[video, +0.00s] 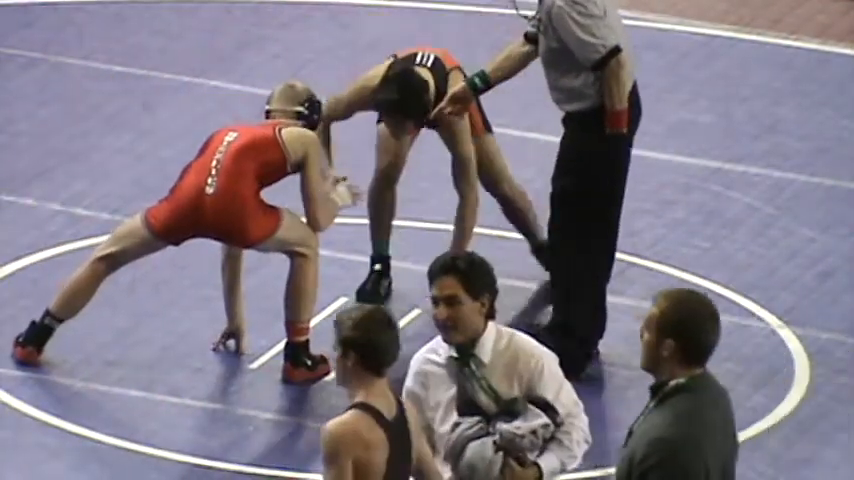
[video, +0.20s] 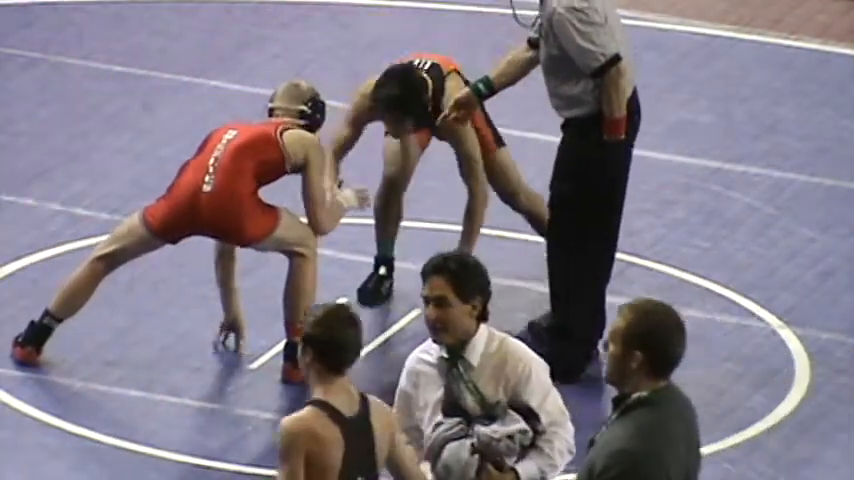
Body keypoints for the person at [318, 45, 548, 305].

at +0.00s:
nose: (393, 128)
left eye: (401, 121)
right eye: (390, 119)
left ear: (422, 110)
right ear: (383, 101)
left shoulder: (451, 105)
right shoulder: (370, 90)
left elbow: (468, 192)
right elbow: (322, 115)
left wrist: (456, 260)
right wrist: (326, 171)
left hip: (452, 88)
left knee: (500, 183)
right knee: (385, 175)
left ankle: (542, 248)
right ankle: (379, 268)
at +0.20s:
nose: (389, 130)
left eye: (397, 123)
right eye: (385, 121)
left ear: (420, 110)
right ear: (379, 107)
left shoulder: (452, 110)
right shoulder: (367, 101)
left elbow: (479, 193)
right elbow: (334, 153)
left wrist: (461, 261)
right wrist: (330, 192)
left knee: (516, 196)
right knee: (392, 182)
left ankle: (579, 250)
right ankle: (382, 269)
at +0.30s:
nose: (387, 119)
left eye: (396, 111)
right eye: (382, 110)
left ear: (421, 99)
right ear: (376, 99)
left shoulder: (455, 97)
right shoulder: (369, 106)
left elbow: (496, 162)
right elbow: (350, 162)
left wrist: (475, 225)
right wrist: (349, 200)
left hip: (460, 123)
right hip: (410, 123)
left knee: (523, 196)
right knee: (391, 186)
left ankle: (576, 248)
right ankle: (383, 270)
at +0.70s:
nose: (371, 128)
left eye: (378, 121)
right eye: (367, 119)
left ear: (401, 110)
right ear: (362, 111)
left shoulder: (446, 98)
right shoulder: (363, 113)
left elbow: (484, 149)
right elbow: (343, 176)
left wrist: (445, 193)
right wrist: (342, 226)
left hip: (466, 107)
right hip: (417, 121)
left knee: (528, 195)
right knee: (392, 185)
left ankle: (578, 257)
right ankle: (383, 270)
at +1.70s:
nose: (369, 108)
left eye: (376, 101)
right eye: (365, 101)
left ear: (399, 94)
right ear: (361, 96)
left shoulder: (440, 98)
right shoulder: (365, 113)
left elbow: (483, 157)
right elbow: (357, 162)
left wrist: (432, 164)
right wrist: (340, 206)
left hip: (472, 138)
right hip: (426, 144)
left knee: (538, 229)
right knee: (388, 203)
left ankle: (581, 270)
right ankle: (384, 272)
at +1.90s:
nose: (370, 100)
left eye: (377, 95)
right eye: (369, 93)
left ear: (401, 95)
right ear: (371, 89)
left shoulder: (435, 109)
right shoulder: (371, 104)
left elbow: (395, 178)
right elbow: (339, 149)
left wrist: (338, 162)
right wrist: (315, 148)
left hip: (485, 153)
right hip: (441, 150)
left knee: (531, 248)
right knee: (390, 197)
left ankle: (590, 258)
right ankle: (390, 273)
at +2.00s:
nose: (346, 96)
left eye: (354, 90)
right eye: (345, 87)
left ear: (379, 90)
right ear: (352, 86)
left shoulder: (414, 119)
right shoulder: (358, 98)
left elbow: (395, 204)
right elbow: (320, 140)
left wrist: (335, 212)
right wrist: (304, 175)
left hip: (473, 159)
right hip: (426, 157)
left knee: (530, 259)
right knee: (377, 206)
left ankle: (593, 257)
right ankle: (395, 271)